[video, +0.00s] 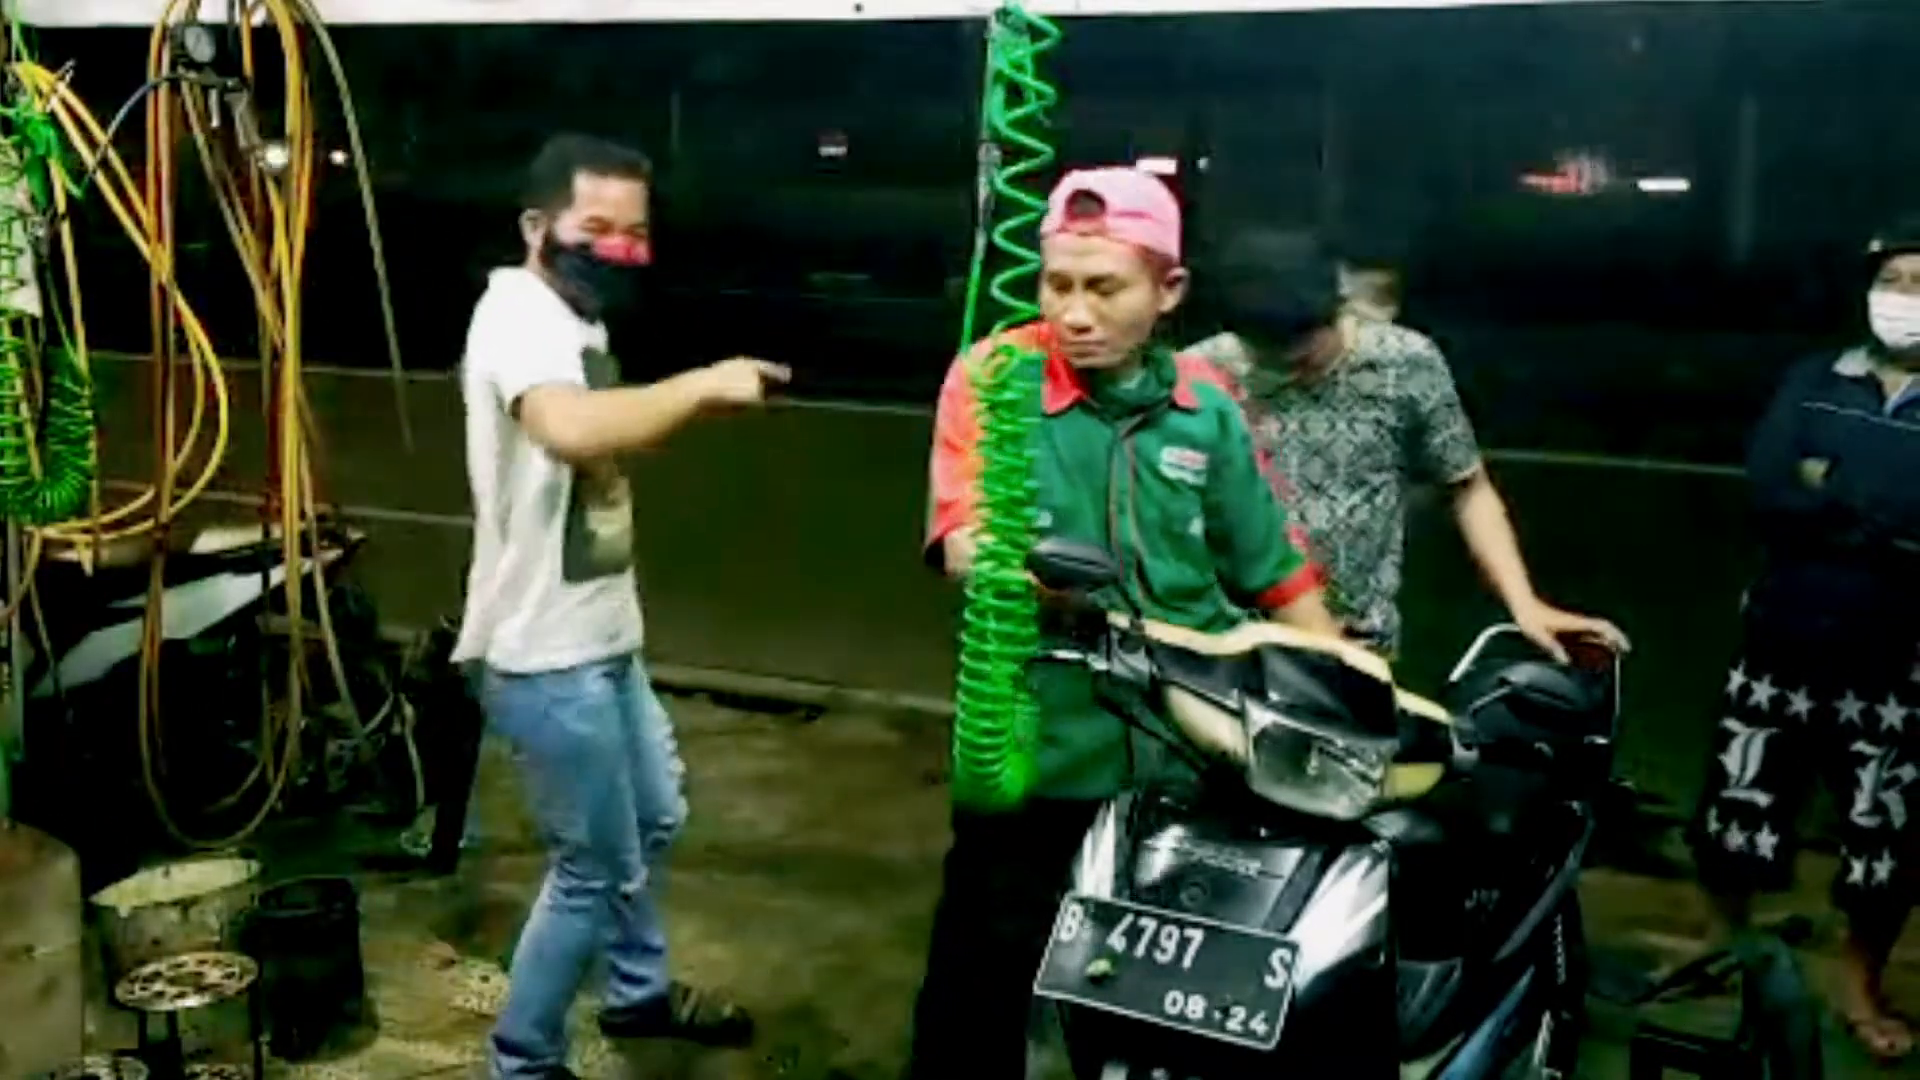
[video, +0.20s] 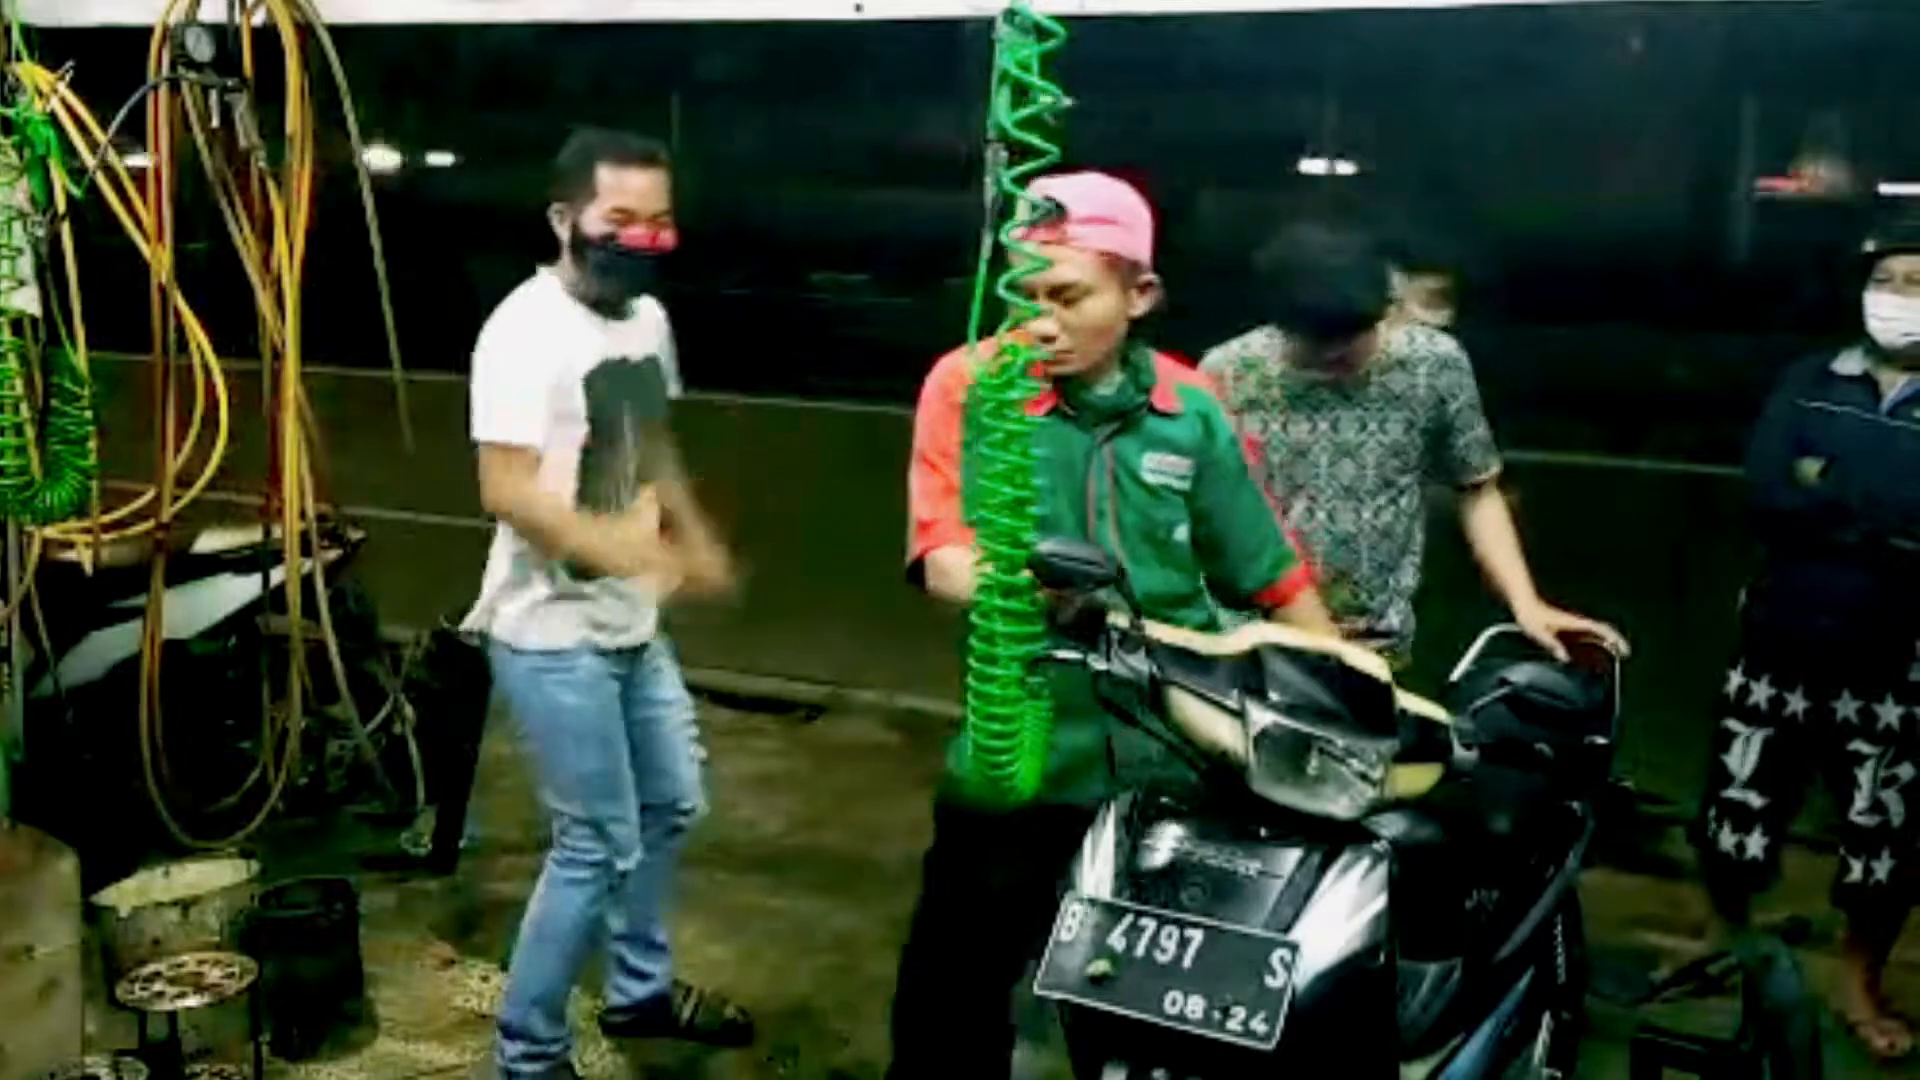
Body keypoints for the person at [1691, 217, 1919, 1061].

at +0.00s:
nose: (1903, 301)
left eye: (1918, 287)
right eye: (1892, 285)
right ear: (1866, 298)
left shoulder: (1919, 413)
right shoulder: (1814, 387)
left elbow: (1907, 507)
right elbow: (1765, 485)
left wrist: (1828, 472)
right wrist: (1876, 509)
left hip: (1893, 659)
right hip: (1786, 644)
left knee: (1885, 843)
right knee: (1733, 816)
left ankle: (1858, 979)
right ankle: (1722, 939)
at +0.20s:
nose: (1901, 300)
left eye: (1917, 287)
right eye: (1889, 284)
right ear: (1863, 294)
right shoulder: (1811, 386)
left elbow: (1910, 510)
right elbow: (1764, 487)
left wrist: (1823, 474)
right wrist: (1878, 511)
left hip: (1891, 661)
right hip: (1784, 646)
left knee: (1885, 842)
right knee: (1735, 814)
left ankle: (1858, 976)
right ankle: (1720, 938)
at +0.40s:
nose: (1897, 301)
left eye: (1913, 287)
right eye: (1885, 284)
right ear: (1859, 293)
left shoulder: (1919, 412)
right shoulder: (1809, 386)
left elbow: (1910, 518)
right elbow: (1764, 485)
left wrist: (1823, 477)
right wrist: (1872, 520)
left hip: (1889, 659)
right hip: (1783, 644)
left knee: (1885, 842)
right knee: (1737, 813)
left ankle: (1861, 981)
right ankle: (1715, 943)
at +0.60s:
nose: (1894, 302)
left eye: (1911, 288)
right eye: (1882, 285)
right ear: (1855, 294)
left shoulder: (1918, 413)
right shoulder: (1806, 386)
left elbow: (1910, 521)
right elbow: (1757, 486)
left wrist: (1819, 478)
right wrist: (1868, 519)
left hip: (1889, 658)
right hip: (1781, 641)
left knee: (1883, 839)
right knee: (1736, 810)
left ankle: (1862, 982)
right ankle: (1717, 944)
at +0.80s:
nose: (1883, 304)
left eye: (1902, 290)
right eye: (1871, 286)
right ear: (1847, 293)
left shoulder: (1918, 412)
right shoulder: (1800, 384)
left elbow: (1910, 514)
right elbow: (1750, 486)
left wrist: (1815, 477)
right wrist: (1865, 506)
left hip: (1889, 650)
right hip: (1782, 632)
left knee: (1883, 835)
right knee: (1736, 805)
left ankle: (1863, 984)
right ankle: (1717, 944)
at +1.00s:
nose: (1876, 306)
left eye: (1896, 292)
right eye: (1864, 288)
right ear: (1838, 296)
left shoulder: (1918, 406)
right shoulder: (1787, 388)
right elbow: (1725, 496)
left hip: (1892, 656)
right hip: (1784, 643)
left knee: (1886, 837)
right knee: (1757, 808)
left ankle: (1862, 984)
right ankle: (1724, 942)